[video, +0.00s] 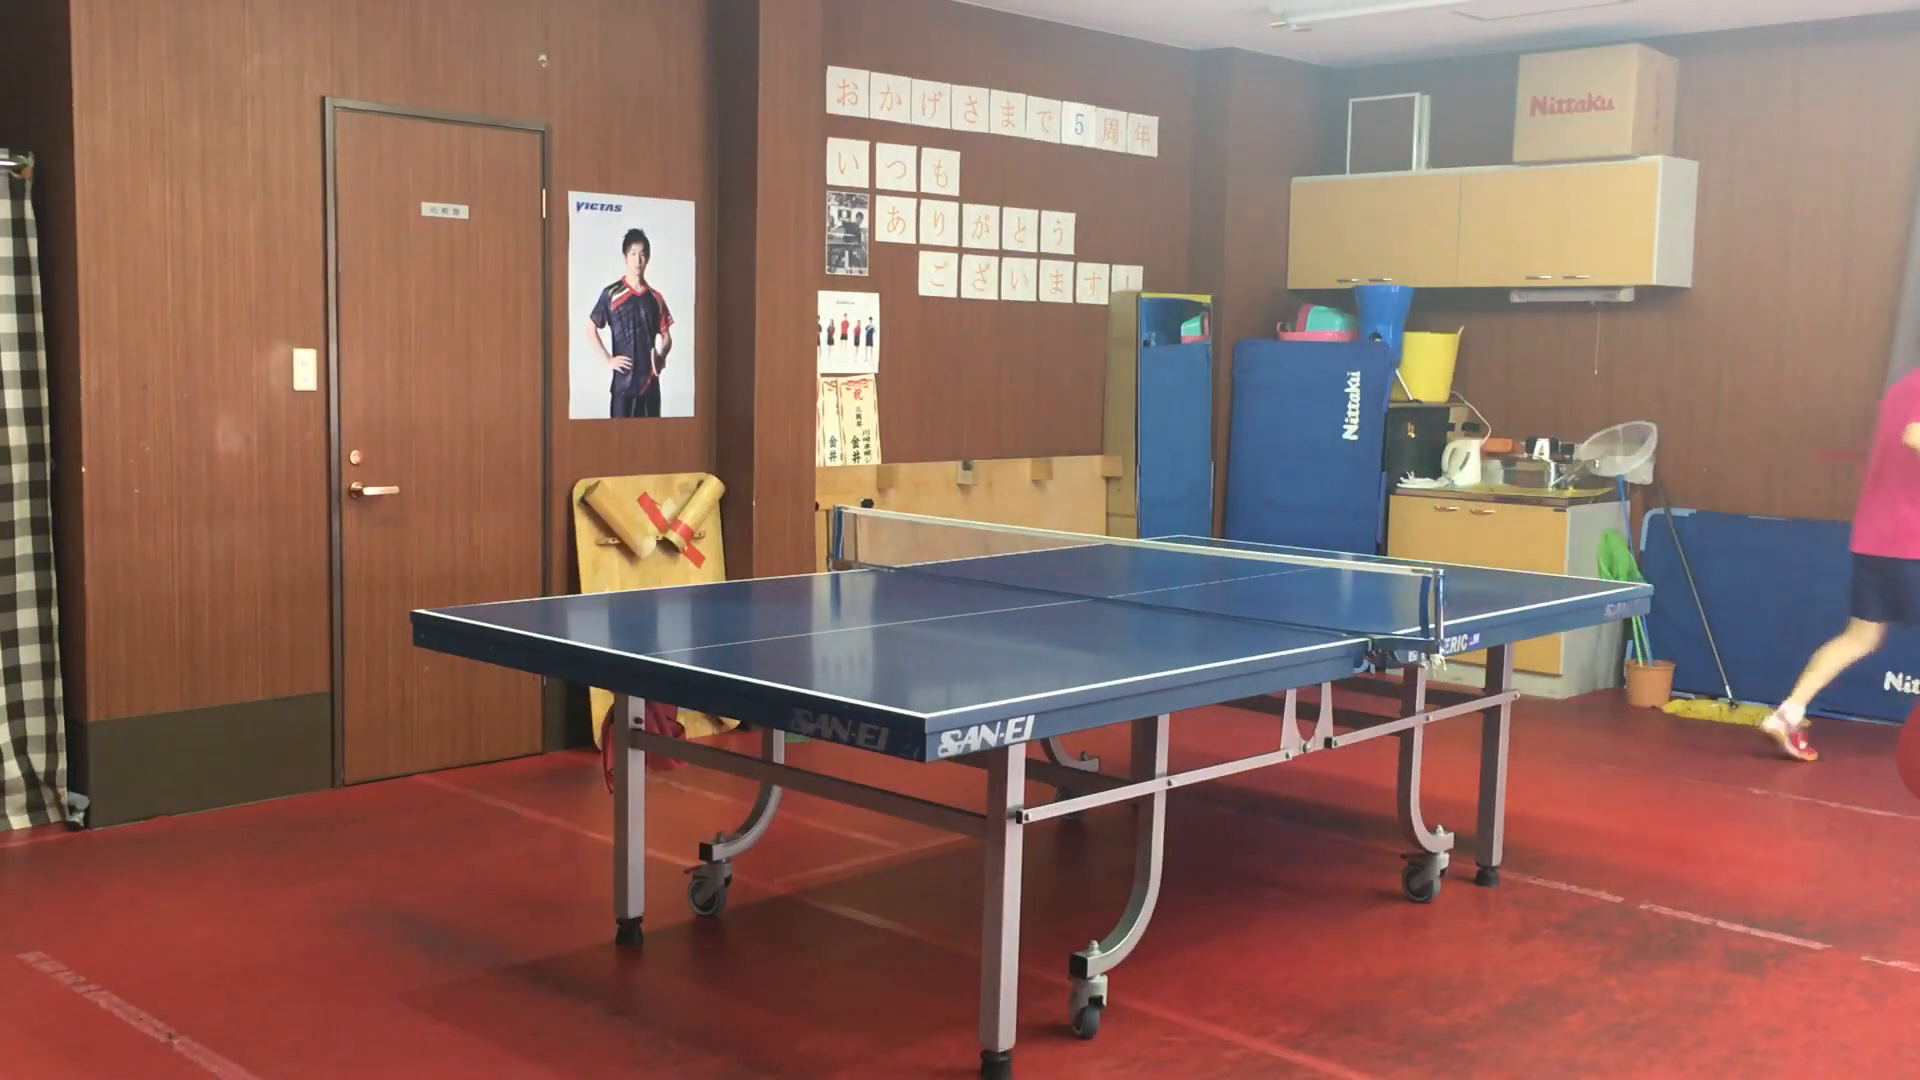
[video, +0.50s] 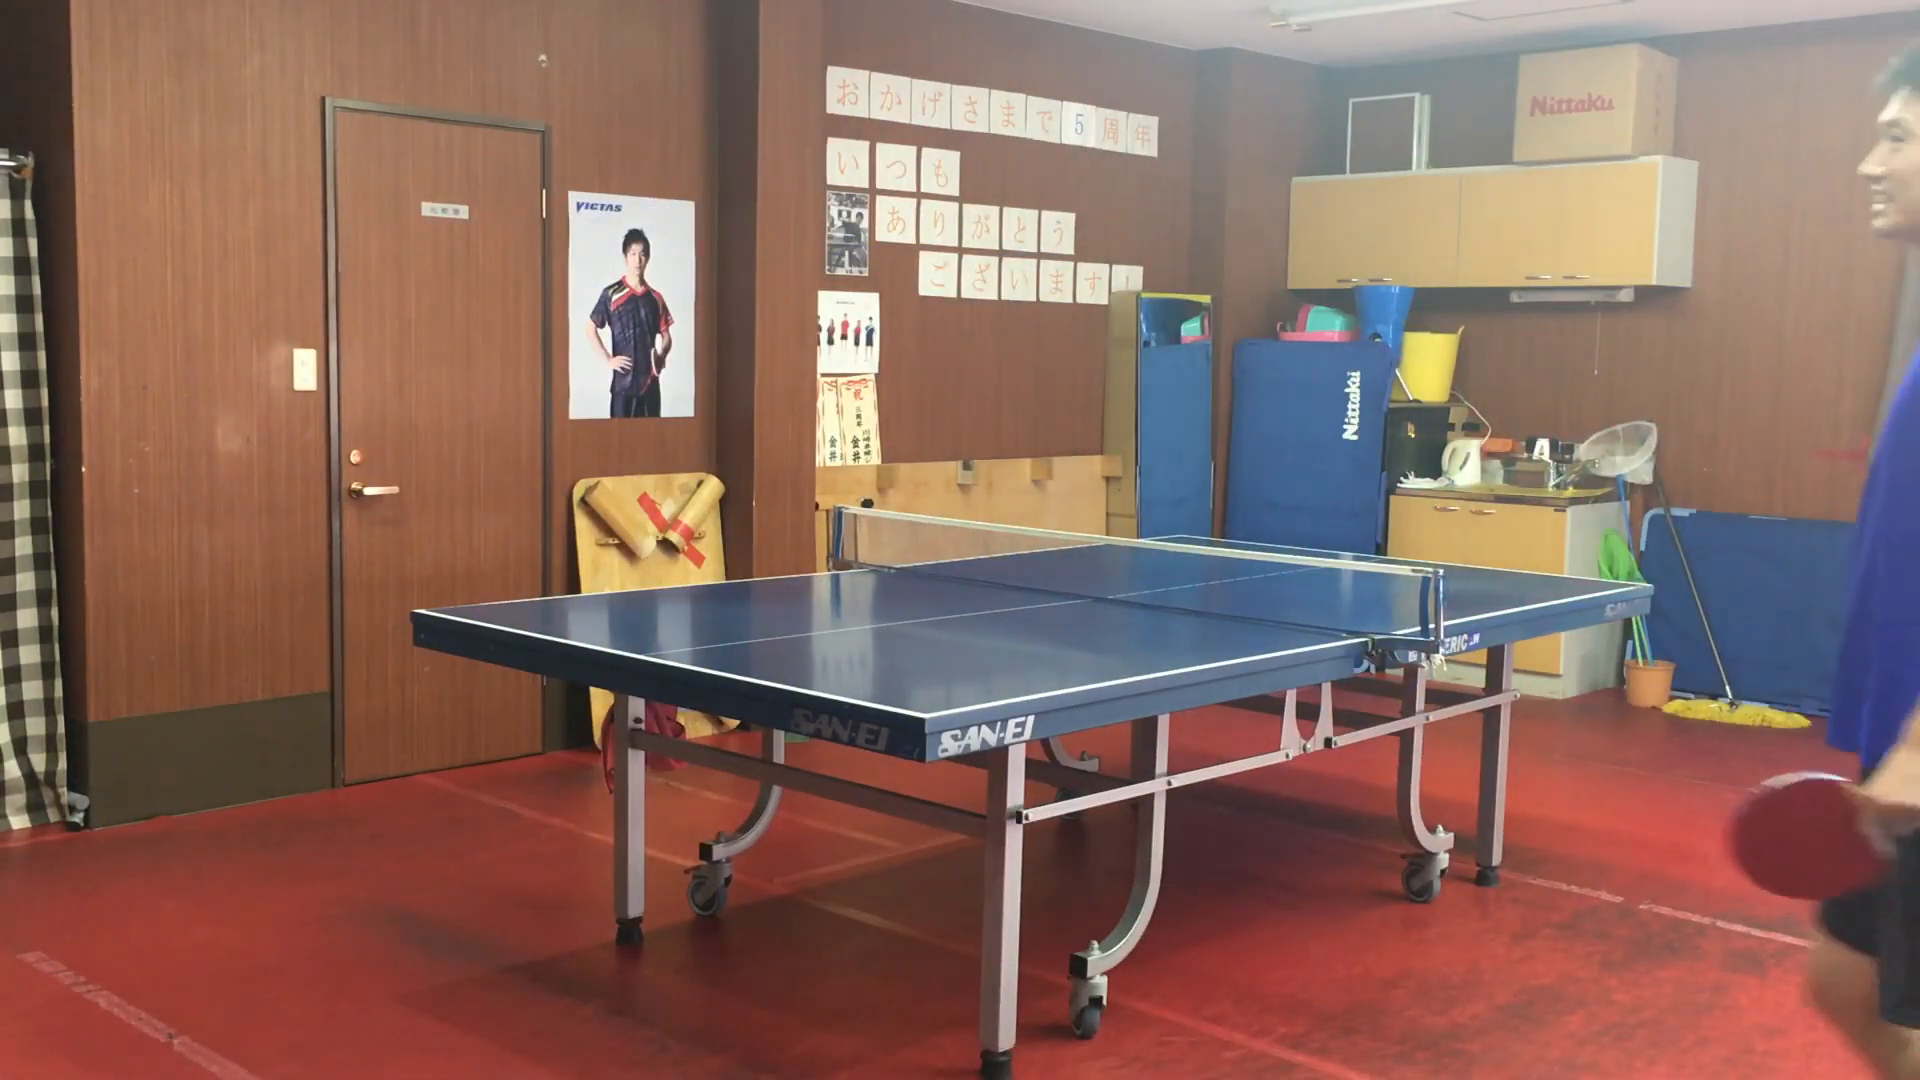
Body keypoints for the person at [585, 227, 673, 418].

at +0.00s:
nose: (638, 259)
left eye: (642, 254)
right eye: (633, 254)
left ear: (648, 258)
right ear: (625, 257)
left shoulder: (655, 297)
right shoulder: (611, 294)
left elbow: (665, 336)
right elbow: (591, 328)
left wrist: (661, 356)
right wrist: (608, 359)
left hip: (650, 378)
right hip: (624, 379)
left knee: (650, 436)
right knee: (622, 436)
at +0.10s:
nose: (638, 259)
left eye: (642, 254)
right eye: (633, 254)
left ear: (648, 258)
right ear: (625, 257)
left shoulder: (655, 297)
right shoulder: (611, 294)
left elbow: (665, 336)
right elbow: (590, 328)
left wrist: (661, 356)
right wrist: (608, 359)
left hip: (650, 378)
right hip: (624, 379)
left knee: (650, 436)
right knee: (622, 436)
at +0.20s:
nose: (638, 259)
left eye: (642, 254)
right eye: (633, 254)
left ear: (648, 258)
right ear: (625, 257)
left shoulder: (655, 297)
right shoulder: (611, 294)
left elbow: (665, 336)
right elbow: (590, 328)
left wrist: (661, 356)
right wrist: (608, 359)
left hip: (650, 378)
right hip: (624, 379)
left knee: (650, 436)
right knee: (622, 436)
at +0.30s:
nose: (638, 259)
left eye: (643, 254)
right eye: (633, 254)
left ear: (648, 258)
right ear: (625, 257)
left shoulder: (655, 297)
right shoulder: (611, 294)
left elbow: (666, 336)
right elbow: (590, 328)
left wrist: (661, 356)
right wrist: (608, 359)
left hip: (650, 378)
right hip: (624, 379)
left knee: (649, 436)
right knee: (622, 436)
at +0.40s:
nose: (638, 259)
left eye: (643, 254)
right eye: (633, 254)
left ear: (648, 258)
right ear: (625, 257)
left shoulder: (655, 297)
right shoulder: (611, 294)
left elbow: (666, 336)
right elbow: (590, 328)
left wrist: (661, 355)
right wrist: (608, 359)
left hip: (650, 379)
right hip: (624, 380)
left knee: (649, 437)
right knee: (622, 437)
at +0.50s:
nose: (638, 259)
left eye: (643, 254)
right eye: (633, 254)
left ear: (648, 258)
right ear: (625, 257)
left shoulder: (655, 297)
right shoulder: (611, 294)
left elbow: (666, 336)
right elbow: (590, 328)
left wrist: (661, 355)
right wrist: (608, 359)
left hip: (650, 379)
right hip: (624, 379)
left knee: (650, 436)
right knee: (622, 436)